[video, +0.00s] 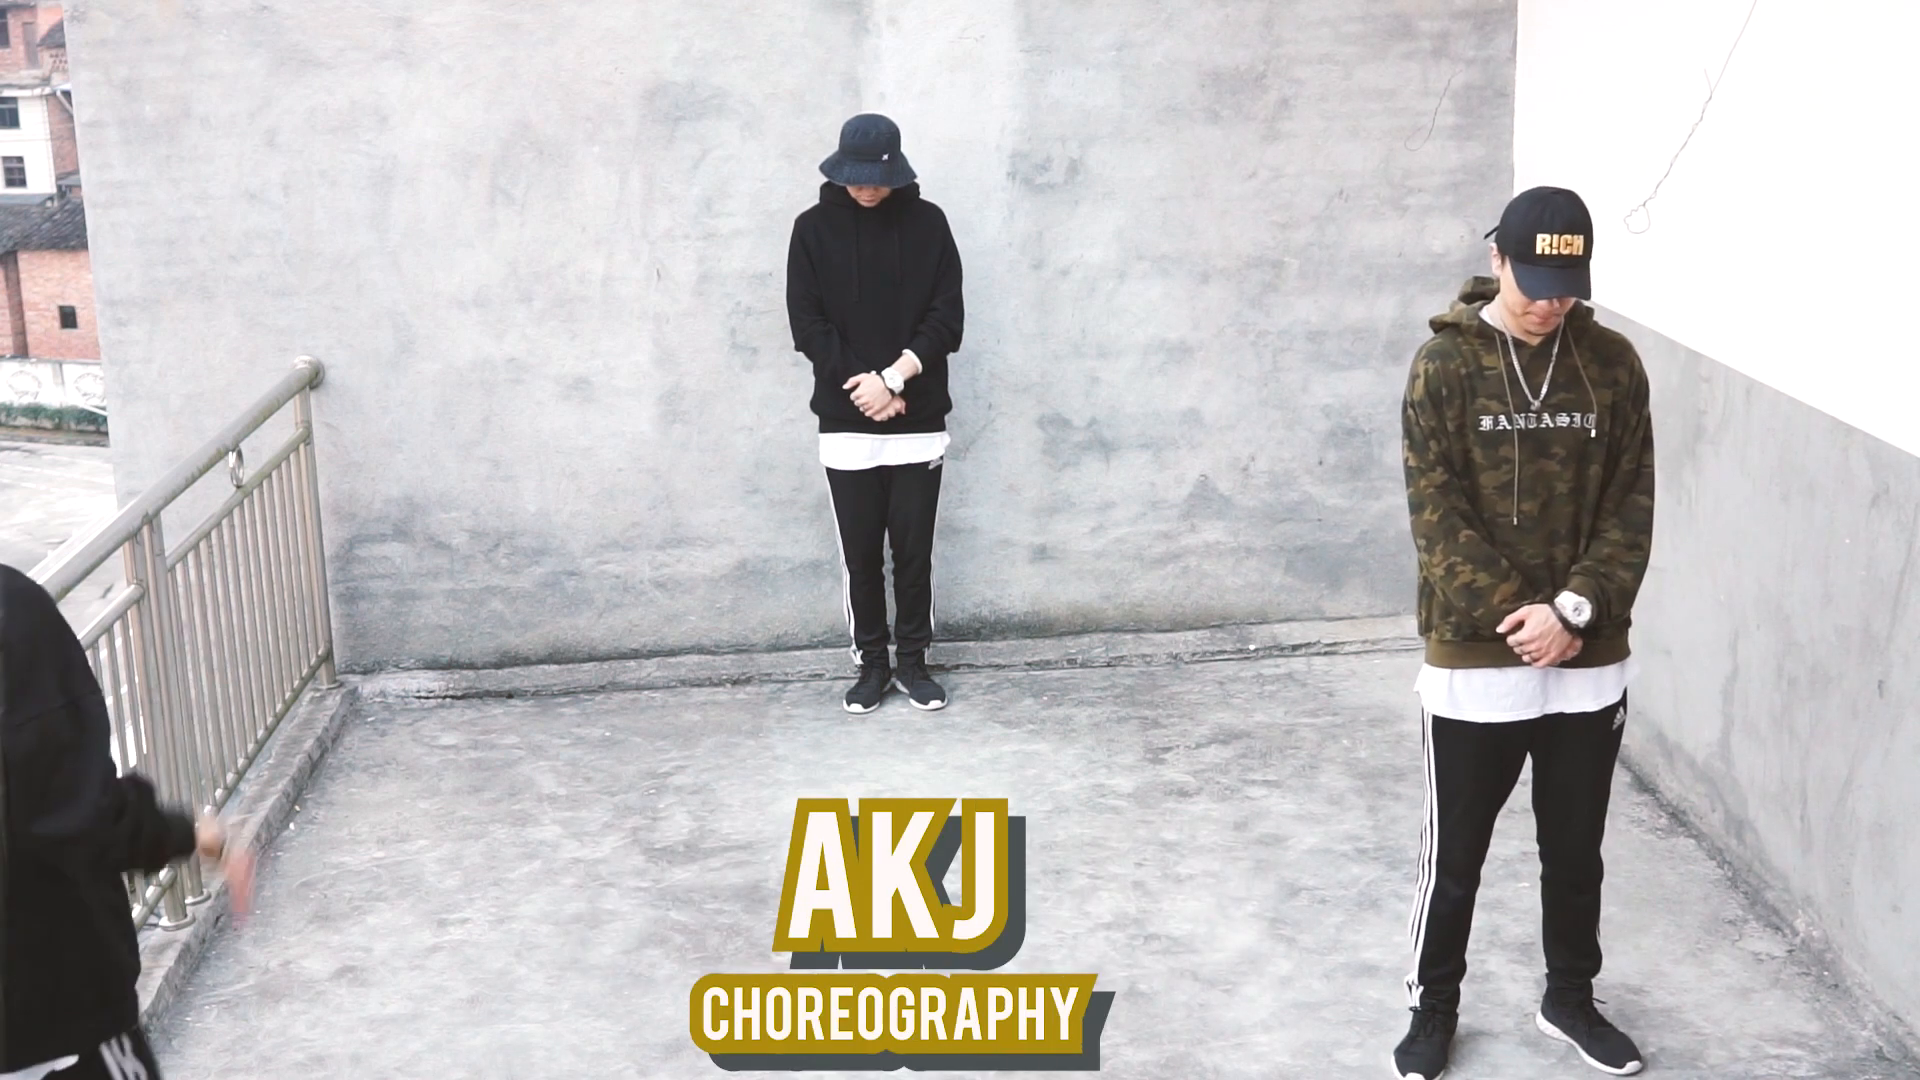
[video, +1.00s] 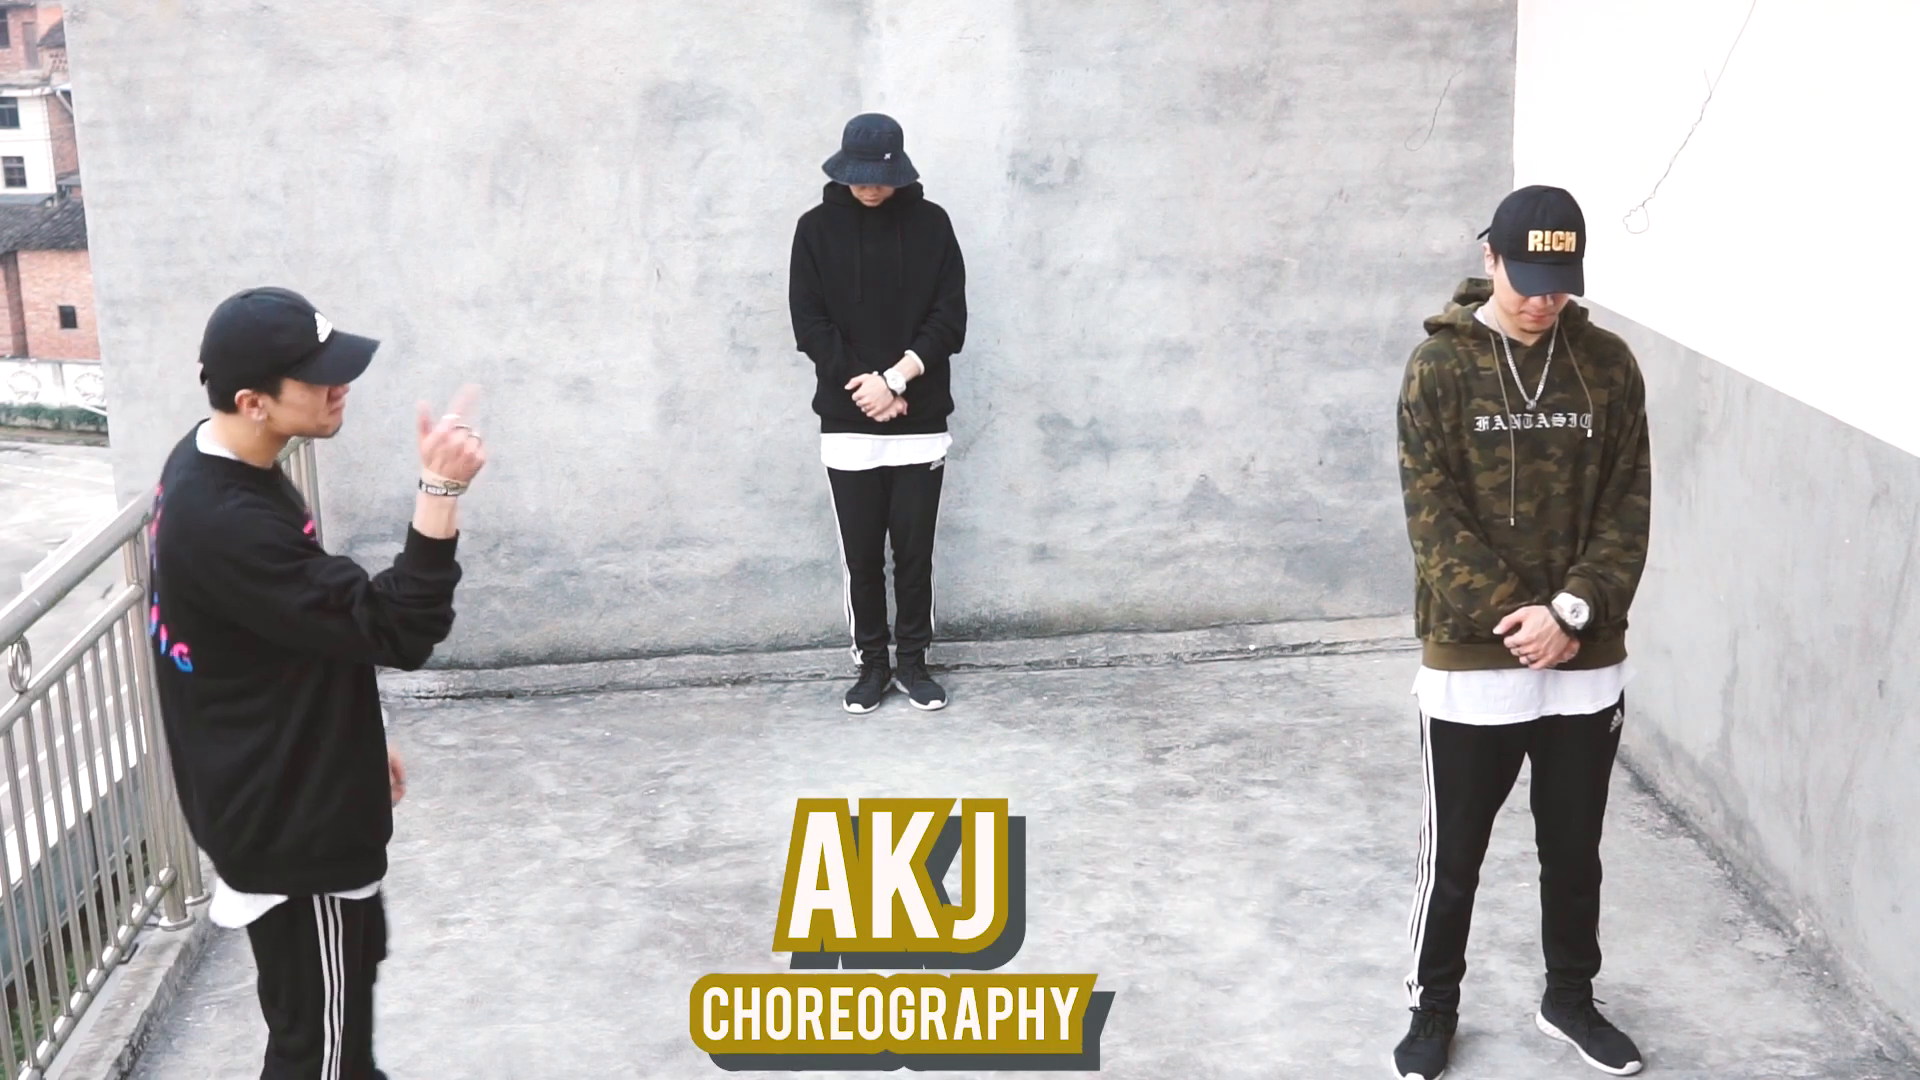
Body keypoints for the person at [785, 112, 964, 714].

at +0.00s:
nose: (866, 190)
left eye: (878, 179)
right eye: (856, 179)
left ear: (896, 173)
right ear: (840, 173)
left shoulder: (927, 221)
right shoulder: (814, 228)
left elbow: (947, 317)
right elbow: (807, 325)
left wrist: (894, 374)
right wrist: (862, 386)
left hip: (919, 414)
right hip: (844, 418)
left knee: (913, 549)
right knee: (861, 552)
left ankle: (913, 664)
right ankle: (872, 666)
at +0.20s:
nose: (868, 190)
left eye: (879, 180)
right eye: (857, 179)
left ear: (897, 173)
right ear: (840, 173)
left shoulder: (927, 221)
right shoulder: (814, 228)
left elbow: (948, 317)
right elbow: (807, 325)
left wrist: (895, 374)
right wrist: (863, 386)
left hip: (919, 414)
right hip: (844, 418)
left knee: (913, 549)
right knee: (861, 551)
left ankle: (913, 664)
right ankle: (872, 666)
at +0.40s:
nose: (868, 190)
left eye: (879, 180)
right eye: (858, 179)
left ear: (897, 173)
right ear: (841, 173)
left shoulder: (928, 222)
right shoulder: (815, 227)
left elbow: (948, 318)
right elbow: (808, 324)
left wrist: (895, 374)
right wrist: (863, 387)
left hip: (919, 415)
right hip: (845, 418)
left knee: (913, 549)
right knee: (861, 552)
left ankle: (913, 664)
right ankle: (872, 666)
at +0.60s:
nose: (869, 189)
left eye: (880, 179)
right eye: (858, 178)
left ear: (898, 173)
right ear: (841, 173)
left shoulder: (929, 222)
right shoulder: (815, 228)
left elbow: (949, 317)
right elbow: (808, 325)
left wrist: (895, 374)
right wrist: (864, 387)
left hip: (920, 415)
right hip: (846, 419)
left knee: (913, 550)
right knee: (862, 553)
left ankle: (913, 663)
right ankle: (873, 667)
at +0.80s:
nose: (869, 189)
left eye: (880, 179)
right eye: (859, 178)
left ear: (899, 173)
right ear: (842, 173)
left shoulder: (929, 222)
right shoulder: (816, 227)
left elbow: (949, 317)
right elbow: (808, 324)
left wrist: (896, 374)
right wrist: (864, 387)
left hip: (920, 416)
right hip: (846, 419)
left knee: (913, 550)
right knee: (862, 553)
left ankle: (913, 663)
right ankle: (873, 667)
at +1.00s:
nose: (871, 189)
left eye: (882, 179)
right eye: (860, 178)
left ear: (900, 172)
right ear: (843, 173)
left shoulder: (930, 222)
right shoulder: (817, 228)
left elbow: (950, 318)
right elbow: (808, 324)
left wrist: (896, 374)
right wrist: (865, 387)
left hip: (921, 416)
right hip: (846, 419)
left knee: (914, 550)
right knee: (862, 554)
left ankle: (913, 663)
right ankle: (872, 666)